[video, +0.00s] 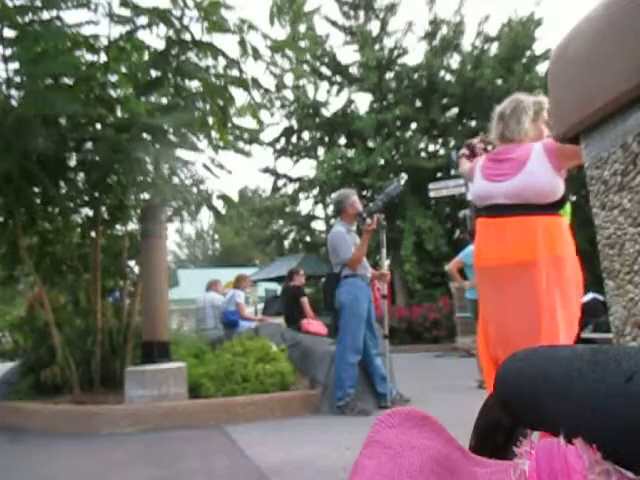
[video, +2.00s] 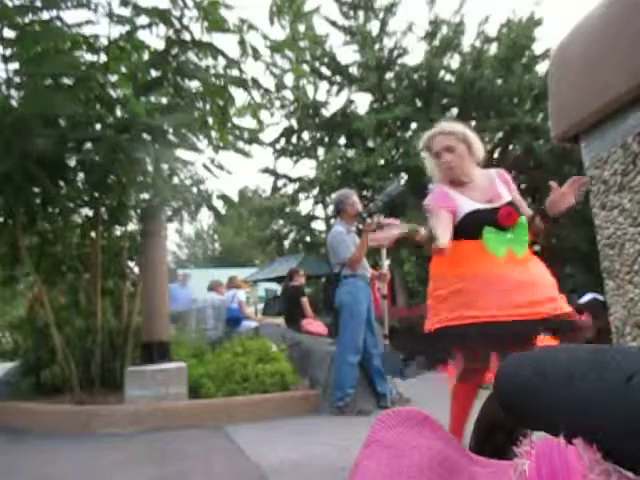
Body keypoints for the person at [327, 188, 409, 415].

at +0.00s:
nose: (361, 206)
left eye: (359, 201)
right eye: (357, 202)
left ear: (350, 207)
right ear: (347, 207)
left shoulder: (350, 233)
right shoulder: (337, 234)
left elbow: (358, 265)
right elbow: (353, 262)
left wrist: (374, 274)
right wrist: (367, 235)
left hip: (363, 285)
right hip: (351, 285)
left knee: (371, 344)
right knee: (350, 345)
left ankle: (386, 393)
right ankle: (344, 398)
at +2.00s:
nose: (360, 206)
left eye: (359, 202)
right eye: (356, 203)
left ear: (350, 207)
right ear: (345, 208)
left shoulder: (352, 233)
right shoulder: (337, 234)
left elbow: (357, 264)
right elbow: (353, 262)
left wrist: (374, 274)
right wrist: (365, 235)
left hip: (363, 284)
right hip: (350, 284)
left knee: (370, 343)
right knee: (351, 343)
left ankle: (385, 393)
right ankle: (343, 398)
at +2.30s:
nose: (361, 207)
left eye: (360, 203)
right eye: (357, 203)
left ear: (350, 207)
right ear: (347, 207)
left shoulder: (352, 233)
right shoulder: (338, 233)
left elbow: (358, 264)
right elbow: (353, 262)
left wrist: (374, 274)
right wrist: (367, 236)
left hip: (363, 283)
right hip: (350, 283)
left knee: (369, 342)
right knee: (351, 342)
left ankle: (384, 390)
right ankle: (344, 397)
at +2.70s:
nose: (361, 206)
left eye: (359, 202)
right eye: (356, 202)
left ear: (350, 207)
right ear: (346, 207)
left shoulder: (352, 232)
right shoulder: (338, 233)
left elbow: (358, 265)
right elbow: (353, 262)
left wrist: (374, 274)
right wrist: (367, 235)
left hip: (363, 285)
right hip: (351, 285)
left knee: (370, 344)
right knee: (351, 344)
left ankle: (387, 393)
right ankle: (343, 397)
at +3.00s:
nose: (361, 206)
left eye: (360, 202)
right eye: (356, 202)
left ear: (351, 207)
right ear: (346, 207)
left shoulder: (352, 232)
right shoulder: (338, 233)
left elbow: (358, 266)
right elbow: (353, 262)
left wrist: (375, 274)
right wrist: (367, 235)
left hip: (363, 285)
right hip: (351, 285)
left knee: (370, 344)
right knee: (351, 344)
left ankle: (386, 392)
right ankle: (344, 398)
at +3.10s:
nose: (361, 206)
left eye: (359, 202)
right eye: (356, 202)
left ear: (350, 208)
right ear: (346, 207)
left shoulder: (352, 233)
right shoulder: (338, 233)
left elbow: (360, 265)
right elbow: (352, 263)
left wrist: (375, 274)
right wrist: (366, 236)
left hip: (363, 284)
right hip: (351, 284)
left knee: (369, 343)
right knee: (351, 343)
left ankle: (386, 392)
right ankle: (344, 398)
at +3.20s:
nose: (361, 207)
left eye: (360, 203)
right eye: (357, 203)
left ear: (351, 207)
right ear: (347, 207)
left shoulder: (353, 232)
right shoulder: (338, 233)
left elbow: (358, 264)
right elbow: (353, 263)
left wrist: (374, 274)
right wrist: (367, 235)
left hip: (363, 283)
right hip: (351, 284)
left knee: (370, 341)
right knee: (351, 342)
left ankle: (384, 388)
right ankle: (344, 397)